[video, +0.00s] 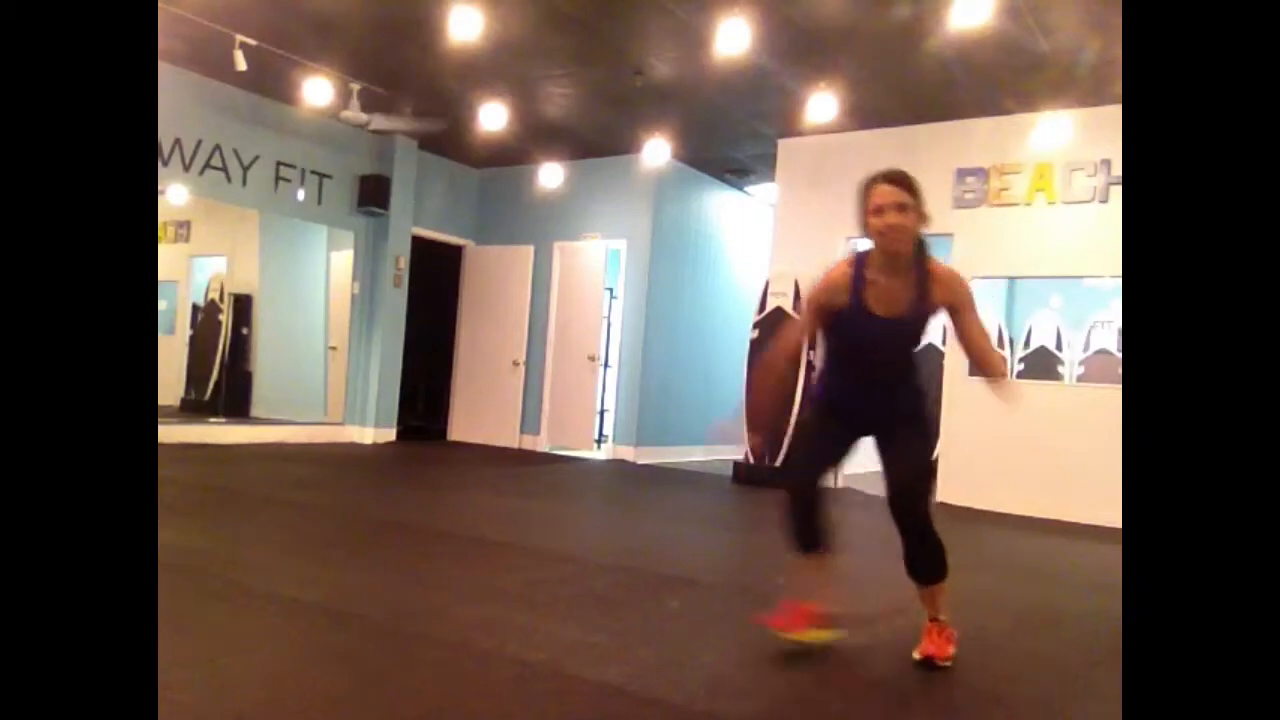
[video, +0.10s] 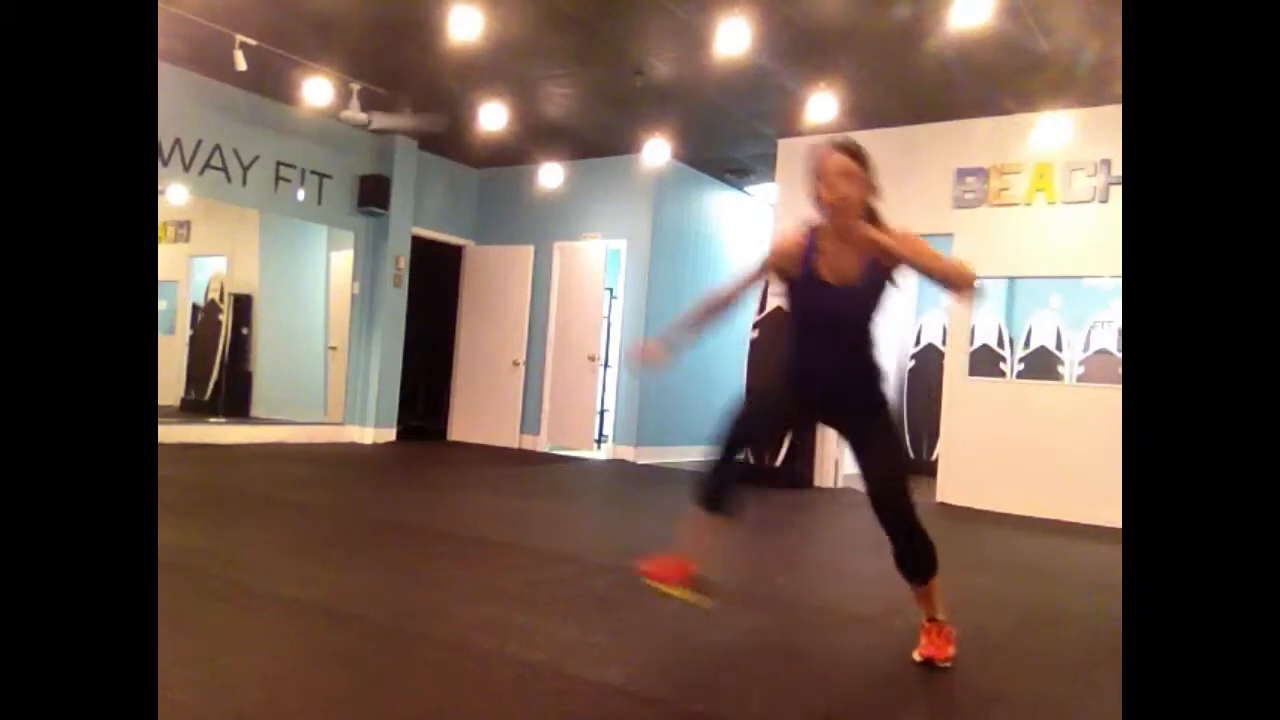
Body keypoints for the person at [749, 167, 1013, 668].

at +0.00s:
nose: (890, 219)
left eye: (901, 209)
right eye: (878, 211)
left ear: (920, 219)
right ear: (865, 223)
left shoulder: (943, 283)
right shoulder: (839, 280)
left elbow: (977, 347)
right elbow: (787, 349)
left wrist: (993, 366)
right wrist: (760, 418)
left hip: (899, 403)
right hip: (839, 400)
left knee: (910, 507)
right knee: (799, 477)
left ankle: (936, 623)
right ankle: (814, 601)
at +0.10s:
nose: (833, 189)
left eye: (845, 178)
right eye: (824, 179)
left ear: (867, 186)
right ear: (815, 190)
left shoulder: (888, 245)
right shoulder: (794, 249)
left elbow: (963, 280)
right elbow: (726, 297)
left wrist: (880, 243)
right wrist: (669, 341)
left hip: (855, 390)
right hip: (793, 386)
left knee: (892, 503)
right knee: (732, 450)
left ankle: (934, 621)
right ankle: (687, 560)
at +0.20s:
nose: (770, 150)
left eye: (782, 140)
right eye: (763, 141)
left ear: (807, 151)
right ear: (753, 153)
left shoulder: (831, 211)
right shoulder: (733, 211)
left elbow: (893, 235)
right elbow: (674, 256)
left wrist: (801, 214)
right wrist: (619, 299)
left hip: (798, 362)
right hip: (735, 355)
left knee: (860, 475)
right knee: (654, 433)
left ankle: (928, 597)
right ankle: (597, 532)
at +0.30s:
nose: (714, 148)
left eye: (726, 137)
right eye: (704, 139)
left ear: (748, 150)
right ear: (691, 152)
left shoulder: (769, 213)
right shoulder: (672, 208)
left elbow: (812, 249)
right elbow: (622, 250)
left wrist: (739, 224)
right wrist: (583, 288)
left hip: (738, 354)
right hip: (675, 350)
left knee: (801, 452)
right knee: (605, 440)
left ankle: (875, 548)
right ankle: (537, 543)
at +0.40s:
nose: (648, 182)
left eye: (659, 172)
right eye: (641, 173)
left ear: (682, 181)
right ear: (633, 183)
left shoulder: (699, 248)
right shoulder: (617, 235)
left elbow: (716, 293)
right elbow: (576, 280)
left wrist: (661, 261)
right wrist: (544, 320)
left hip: (675, 379)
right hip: (616, 374)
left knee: (730, 474)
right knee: (558, 466)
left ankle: (785, 499)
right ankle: (513, 581)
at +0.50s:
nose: (590, 223)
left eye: (602, 215)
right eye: (583, 214)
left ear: (626, 225)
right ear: (575, 222)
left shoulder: (647, 293)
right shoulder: (564, 277)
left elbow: (634, 364)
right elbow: (547, 318)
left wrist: (581, 299)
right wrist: (528, 356)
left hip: (632, 399)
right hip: (575, 390)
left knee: (650, 518)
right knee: (521, 478)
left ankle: (689, 500)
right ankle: (510, 590)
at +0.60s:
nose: (550, 253)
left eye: (565, 245)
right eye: (543, 243)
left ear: (589, 259)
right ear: (533, 252)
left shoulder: (610, 324)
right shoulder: (526, 303)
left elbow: (583, 408)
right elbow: (529, 343)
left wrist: (536, 338)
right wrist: (525, 384)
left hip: (608, 413)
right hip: (553, 401)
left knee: (585, 539)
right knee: (510, 483)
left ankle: (608, 523)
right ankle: (508, 590)